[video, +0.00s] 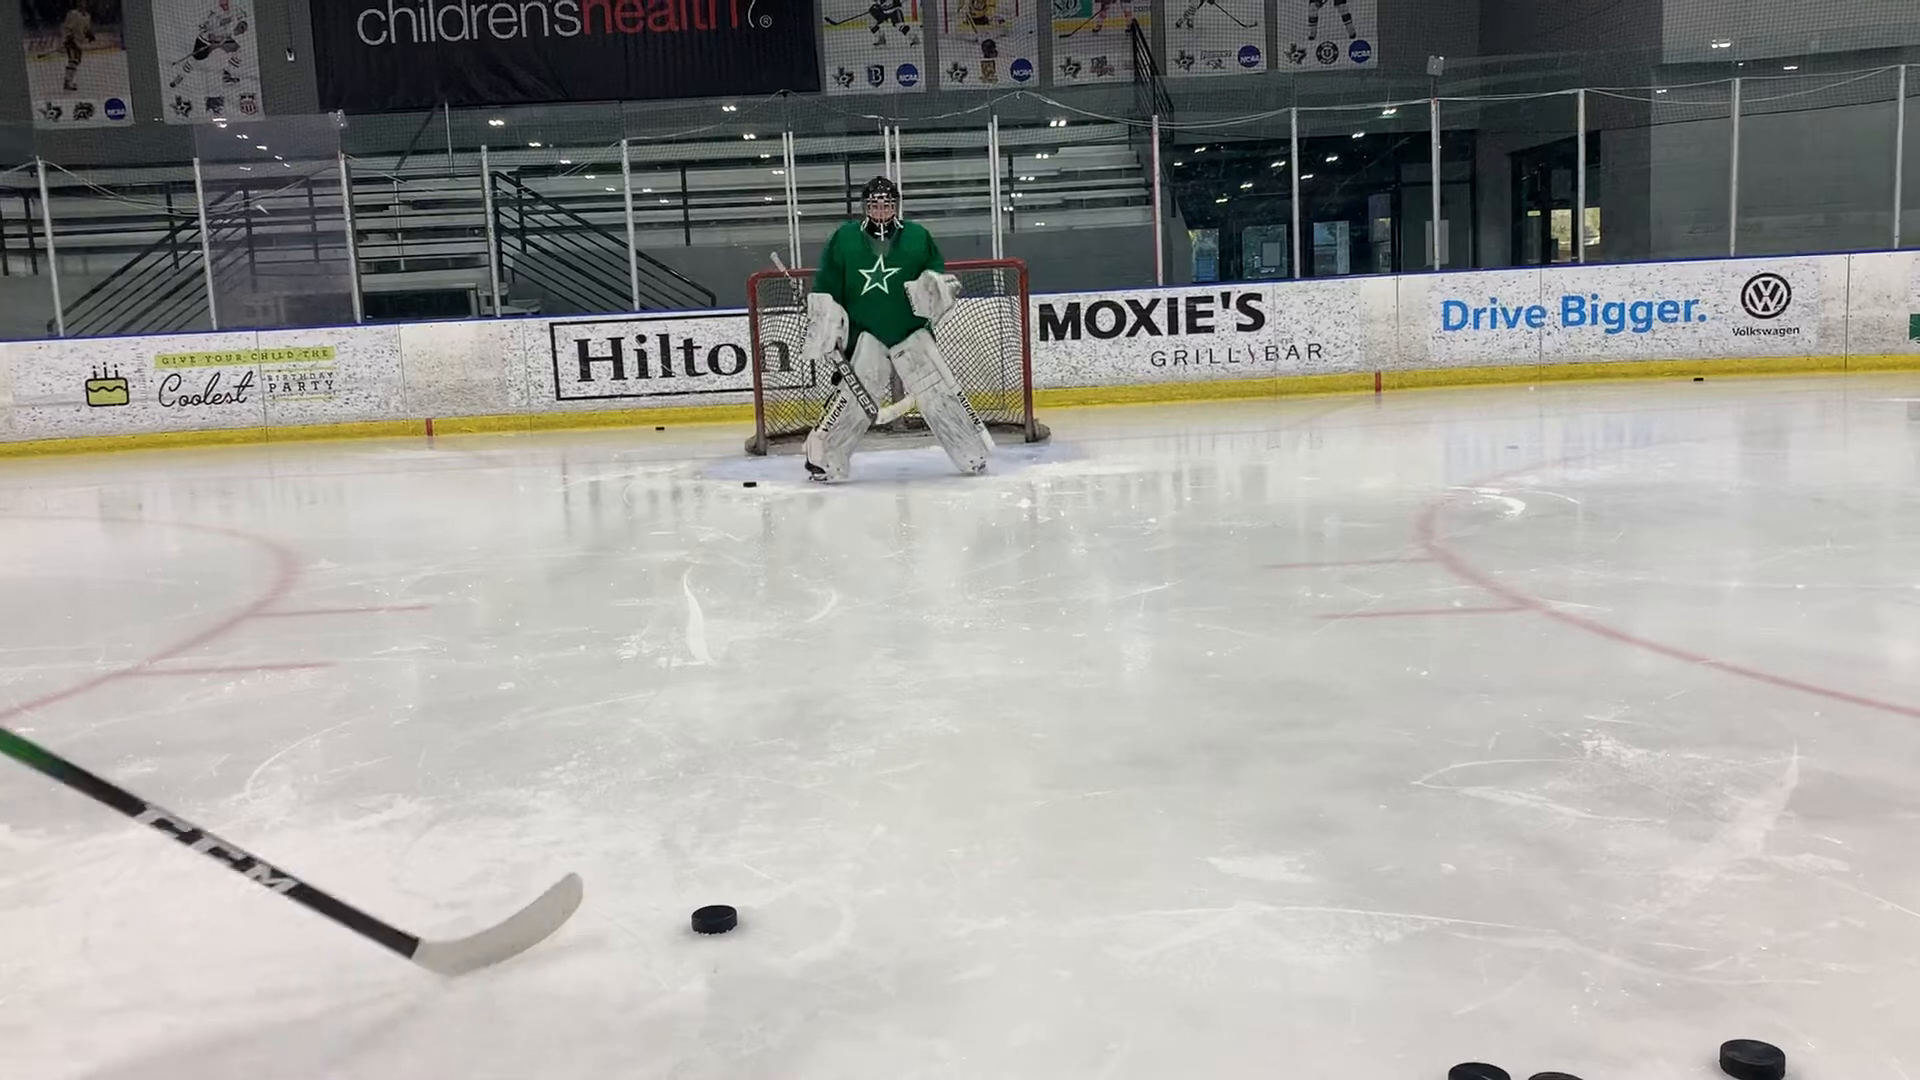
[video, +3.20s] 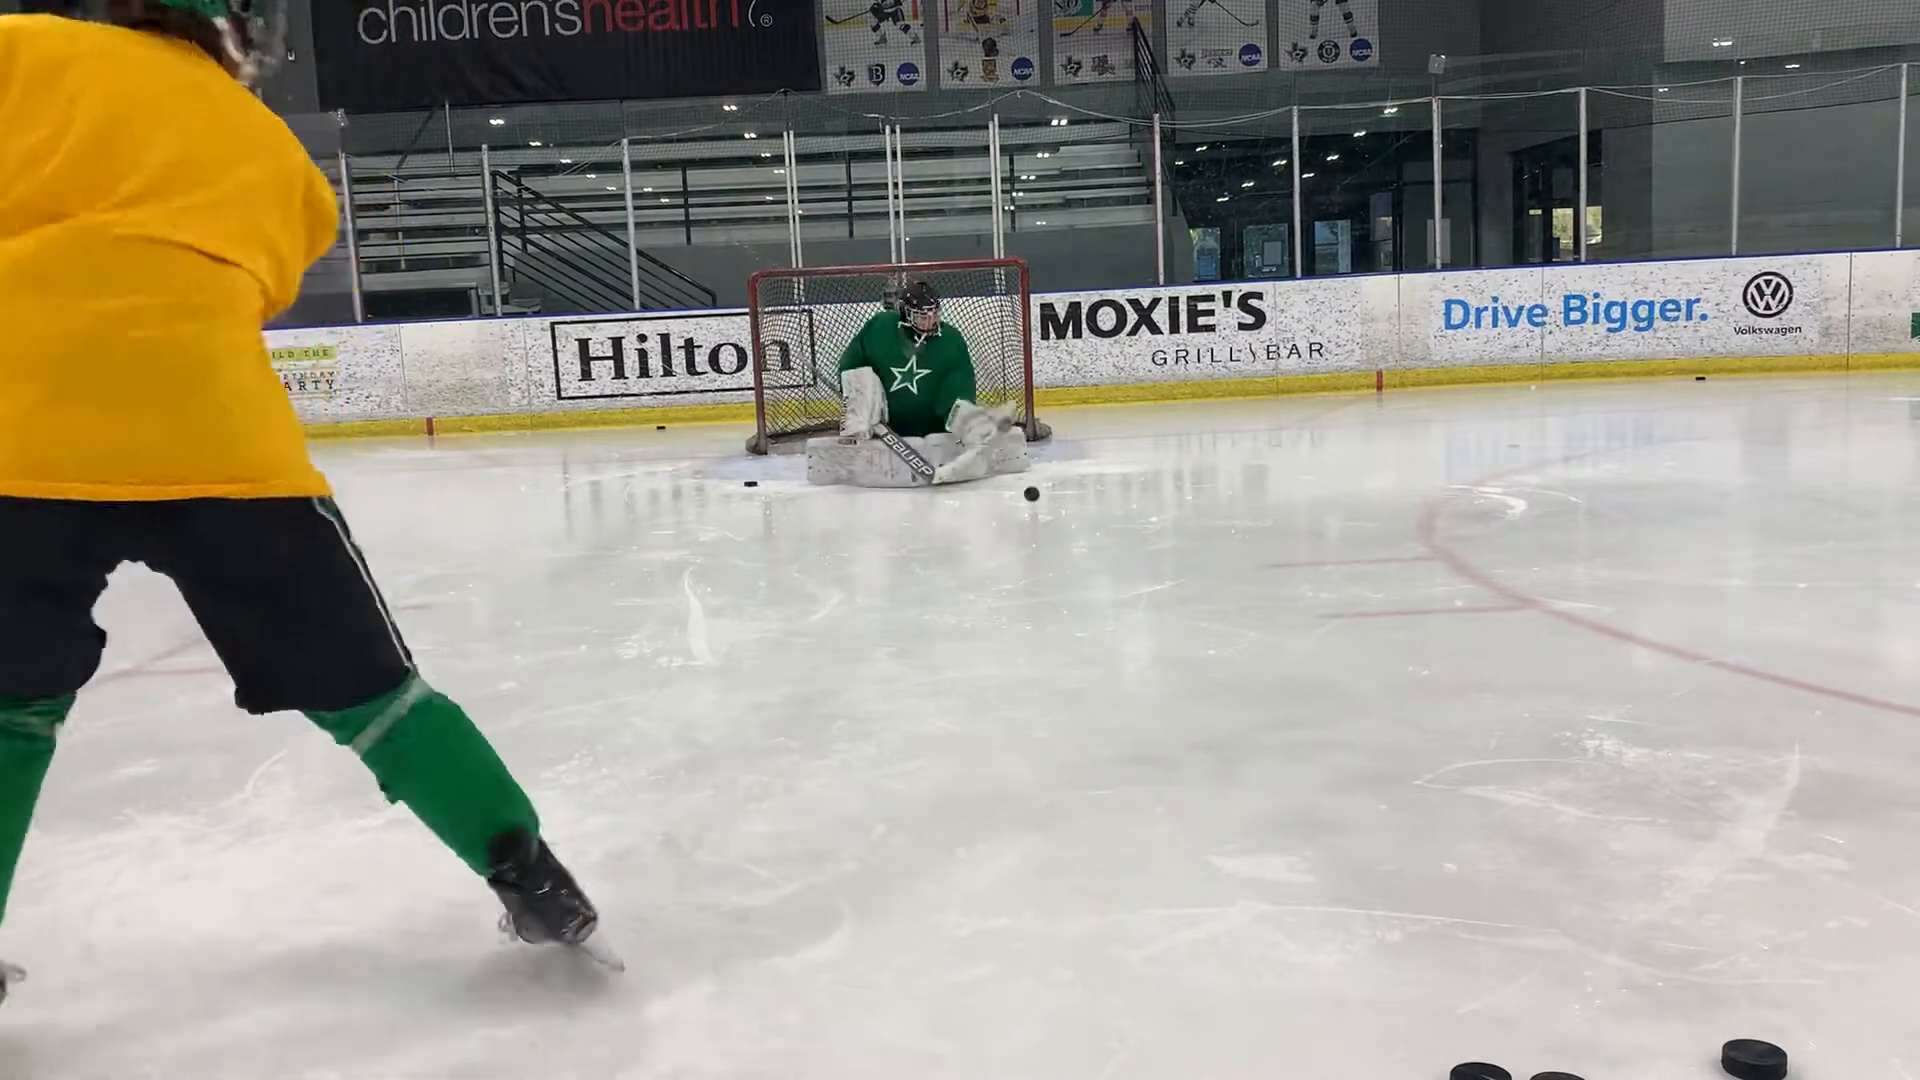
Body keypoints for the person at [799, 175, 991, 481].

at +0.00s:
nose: (881, 208)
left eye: (886, 202)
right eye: (875, 203)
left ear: (896, 205)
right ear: (865, 206)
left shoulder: (916, 235)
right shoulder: (846, 237)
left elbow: (938, 276)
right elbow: (827, 285)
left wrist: (931, 292)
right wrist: (826, 329)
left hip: (911, 330)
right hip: (865, 333)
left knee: (938, 393)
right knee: (854, 399)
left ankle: (972, 456)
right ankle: (825, 461)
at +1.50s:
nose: (892, 246)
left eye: (898, 239)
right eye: (887, 240)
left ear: (908, 240)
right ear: (875, 241)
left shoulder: (924, 265)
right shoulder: (855, 269)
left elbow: (948, 309)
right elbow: (832, 314)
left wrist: (950, 286)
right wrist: (823, 360)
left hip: (924, 346)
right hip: (874, 350)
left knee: (960, 399)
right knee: (850, 407)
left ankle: (996, 459)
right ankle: (815, 468)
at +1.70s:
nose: (896, 285)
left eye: (902, 278)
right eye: (890, 279)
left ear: (912, 279)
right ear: (881, 280)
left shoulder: (928, 301)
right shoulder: (861, 305)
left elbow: (960, 350)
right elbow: (836, 341)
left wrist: (948, 320)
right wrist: (831, 380)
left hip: (927, 374)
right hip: (880, 380)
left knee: (964, 414)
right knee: (855, 426)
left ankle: (1009, 457)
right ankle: (813, 468)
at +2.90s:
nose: (902, 305)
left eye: (907, 298)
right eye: (896, 298)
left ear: (918, 298)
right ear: (886, 298)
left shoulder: (936, 317)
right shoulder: (865, 319)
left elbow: (964, 370)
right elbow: (834, 352)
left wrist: (962, 347)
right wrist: (834, 388)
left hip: (931, 402)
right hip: (880, 408)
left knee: (961, 410)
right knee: (853, 437)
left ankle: (1008, 453)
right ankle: (815, 467)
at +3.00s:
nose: (906, 308)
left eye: (912, 302)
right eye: (900, 302)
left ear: (920, 300)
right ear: (889, 300)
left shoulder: (938, 321)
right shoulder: (865, 319)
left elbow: (963, 365)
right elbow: (834, 355)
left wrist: (982, 358)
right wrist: (847, 379)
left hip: (935, 418)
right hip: (883, 419)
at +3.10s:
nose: (916, 314)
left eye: (921, 308)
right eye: (909, 309)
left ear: (927, 305)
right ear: (893, 306)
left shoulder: (944, 327)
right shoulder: (870, 326)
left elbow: (957, 369)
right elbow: (842, 364)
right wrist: (858, 391)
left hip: (938, 424)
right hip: (888, 426)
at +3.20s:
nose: (930, 321)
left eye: (934, 314)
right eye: (922, 316)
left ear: (939, 310)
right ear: (905, 313)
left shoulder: (951, 340)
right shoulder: (881, 327)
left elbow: (958, 391)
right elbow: (849, 366)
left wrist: (969, 423)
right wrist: (862, 403)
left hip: (935, 430)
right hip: (885, 427)